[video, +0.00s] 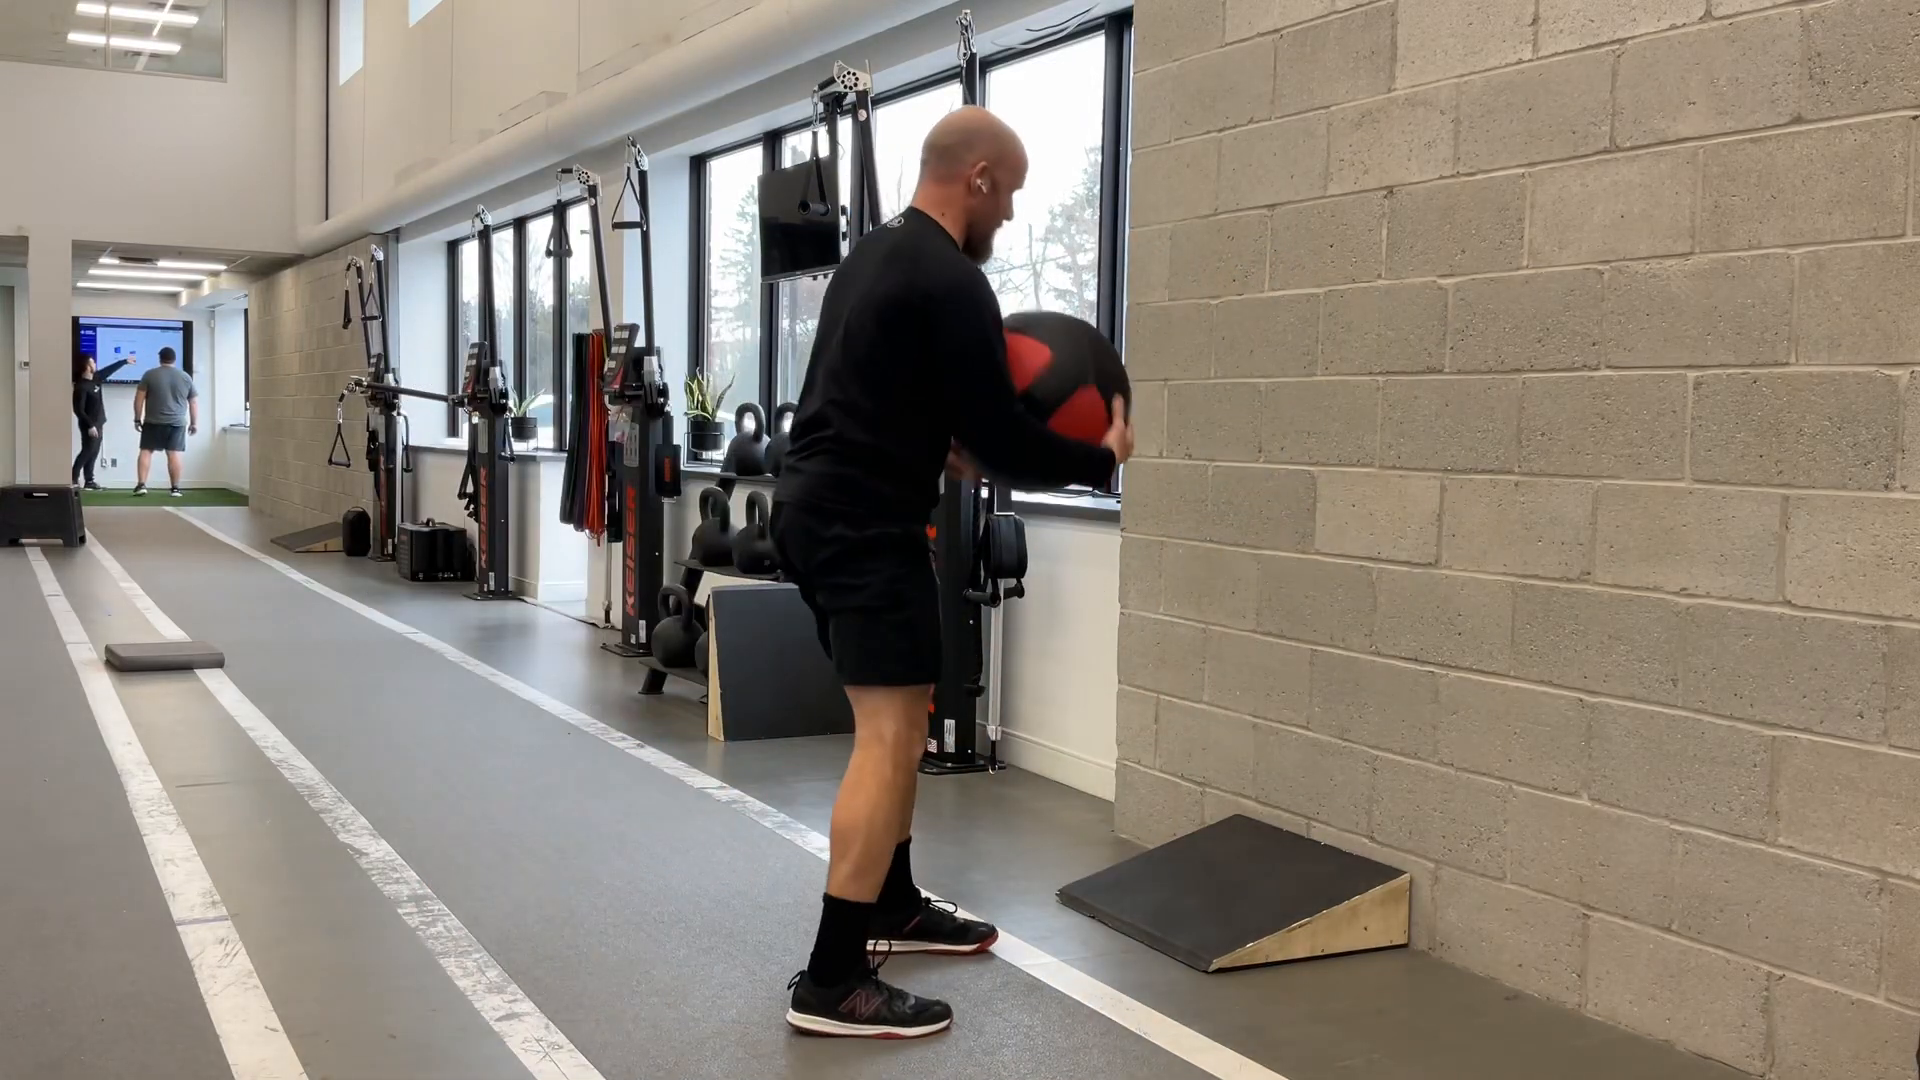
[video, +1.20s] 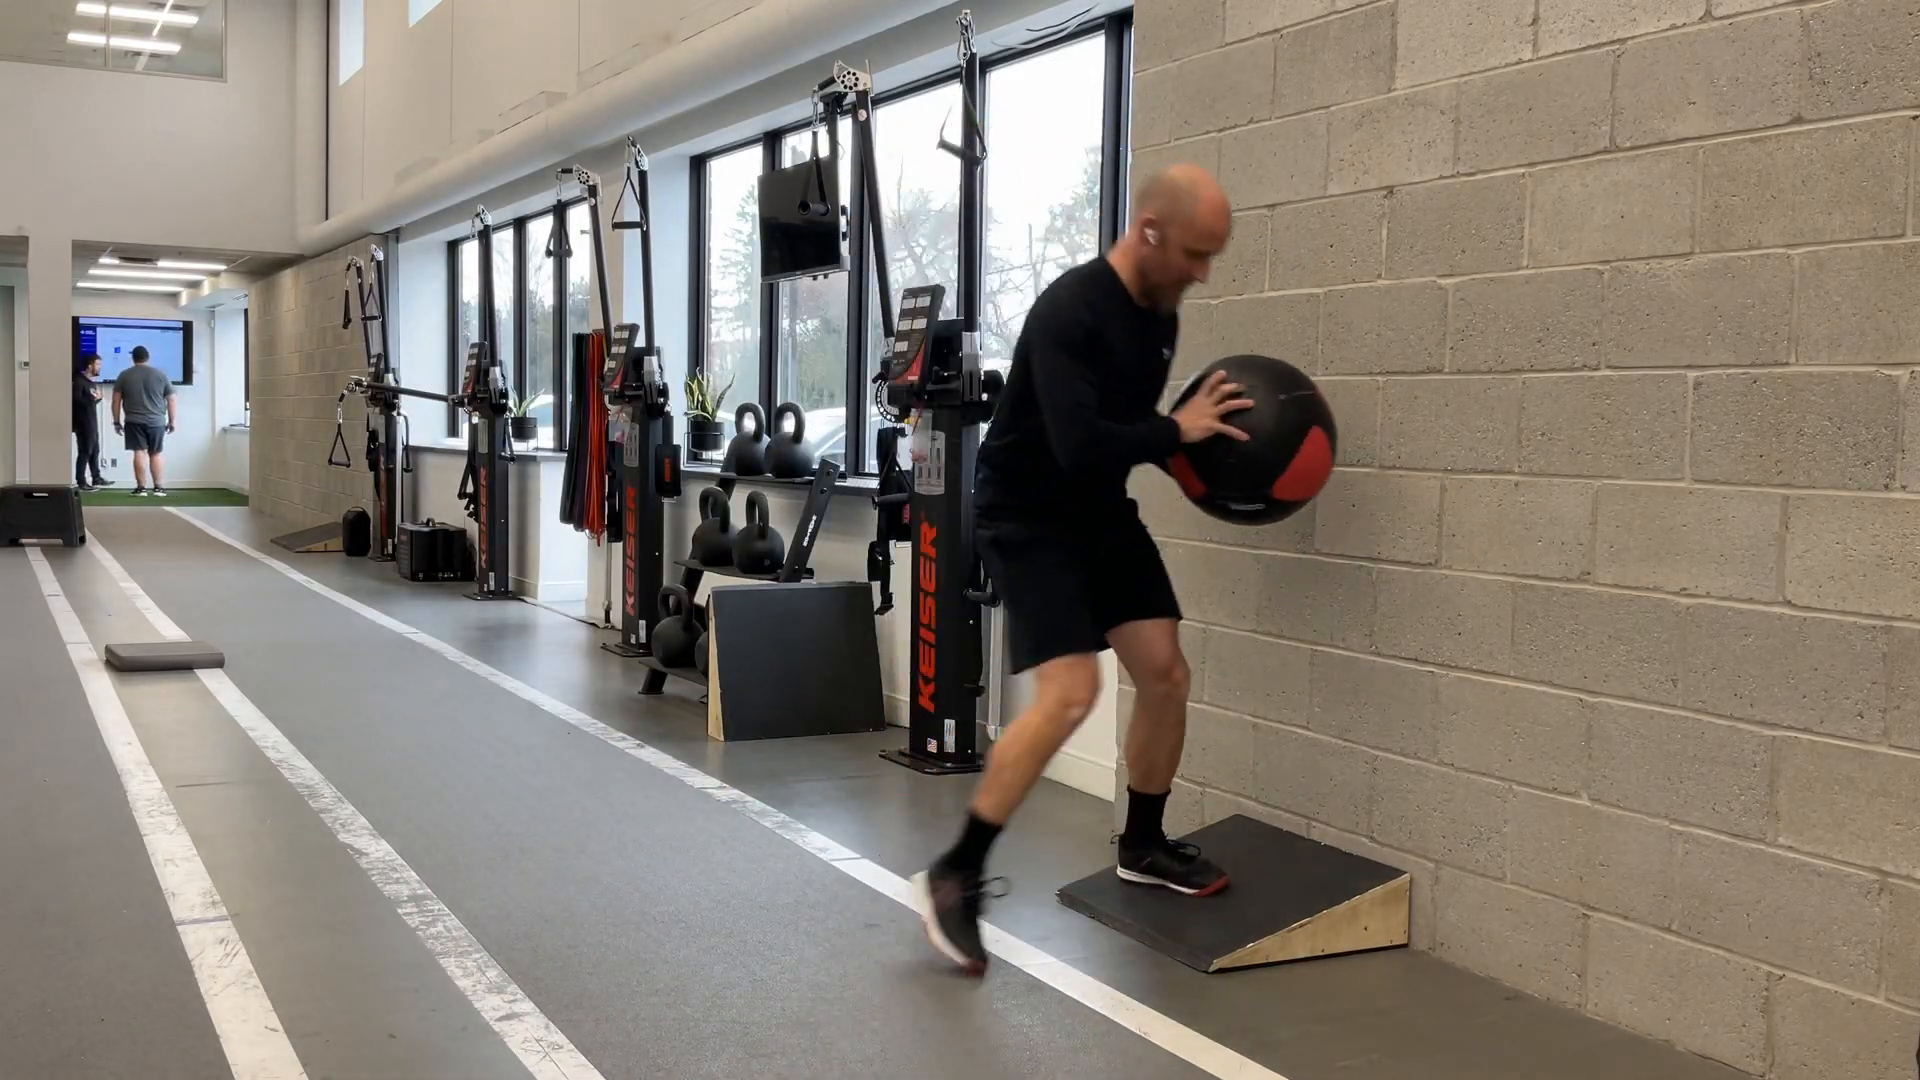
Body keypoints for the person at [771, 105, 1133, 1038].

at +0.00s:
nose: (1007, 217)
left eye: (1011, 199)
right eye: (1008, 197)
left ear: (939, 174)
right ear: (975, 182)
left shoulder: (878, 254)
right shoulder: (950, 284)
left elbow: (880, 398)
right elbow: (1004, 446)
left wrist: (953, 447)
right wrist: (1102, 456)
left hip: (833, 505)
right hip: (865, 518)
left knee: (902, 719)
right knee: (888, 734)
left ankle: (889, 902)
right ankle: (832, 978)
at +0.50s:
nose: (1000, 194)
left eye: (1003, 177)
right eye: (997, 174)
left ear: (948, 160)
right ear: (956, 162)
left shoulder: (926, 249)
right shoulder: (905, 250)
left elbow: (948, 382)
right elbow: (872, 390)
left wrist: (1053, 424)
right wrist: (981, 420)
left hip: (902, 507)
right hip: (908, 512)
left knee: (903, 708)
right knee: (948, 710)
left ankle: (891, 896)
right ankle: (870, 920)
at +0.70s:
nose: (1027, 206)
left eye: (1031, 190)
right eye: (1025, 188)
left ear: (979, 173)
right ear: (982, 172)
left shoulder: (977, 274)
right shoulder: (908, 263)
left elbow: (987, 400)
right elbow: (860, 403)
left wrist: (1073, 450)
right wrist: (976, 424)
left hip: (969, 523)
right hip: (913, 527)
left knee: (999, 696)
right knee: (935, 720)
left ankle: (917, 877)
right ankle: (877, 921)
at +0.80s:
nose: (1045, 210)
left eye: (1049, 194)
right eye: (1043, 192)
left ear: (997, 178)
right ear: (998, 177)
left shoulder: (1005, 282)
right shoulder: (914, 267)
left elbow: (1009, 404)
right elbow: (890, 419)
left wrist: (1100, 438)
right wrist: (1005, 410)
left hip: (988, 519)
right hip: (919, 527)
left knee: (1053, 685)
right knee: (943, 721)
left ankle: (978, 855)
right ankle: (879, 919)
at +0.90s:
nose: (1072, 215)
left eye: (1077, 199)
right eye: (1069, 197)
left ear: (1024, 185)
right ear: (1021, 183)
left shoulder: (1035, 284)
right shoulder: (939, 274)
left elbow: (1041, 406)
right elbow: (931, 409)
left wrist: (1130, 453)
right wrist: (1053, 407)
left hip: (1013, 513)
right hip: (938, 522)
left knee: (1093, 674)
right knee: (951, 720)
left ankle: (1071, 842)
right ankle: (883, 917)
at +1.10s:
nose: (1163, 241)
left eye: (1168, 226)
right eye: (1156, 224)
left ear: (1116, 213)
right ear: (1103, 208)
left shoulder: (1116, 305)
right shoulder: (1025, 291)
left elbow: (1091, 421)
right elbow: (1028, 422)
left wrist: (1161, 452)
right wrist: (1135, 421)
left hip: (1079, 519)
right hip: (999, 527)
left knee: (1141, 674)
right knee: (997, 710)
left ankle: (1143, 842)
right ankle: (900, 901)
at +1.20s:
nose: (1204, 274)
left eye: (1212, 258)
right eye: (1197, 255)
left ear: (1166, 239)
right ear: (1146, 232)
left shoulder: (1155, 315)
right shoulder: (1070, 309)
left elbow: (1133, 426)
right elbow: (1077, 440)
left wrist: (1202, 466)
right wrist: (1173, 428)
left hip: (1103, 508)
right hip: (1028, 512)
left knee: (1164, 672)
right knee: (1068, 692)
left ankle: (1143, 845)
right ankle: (956, 873)